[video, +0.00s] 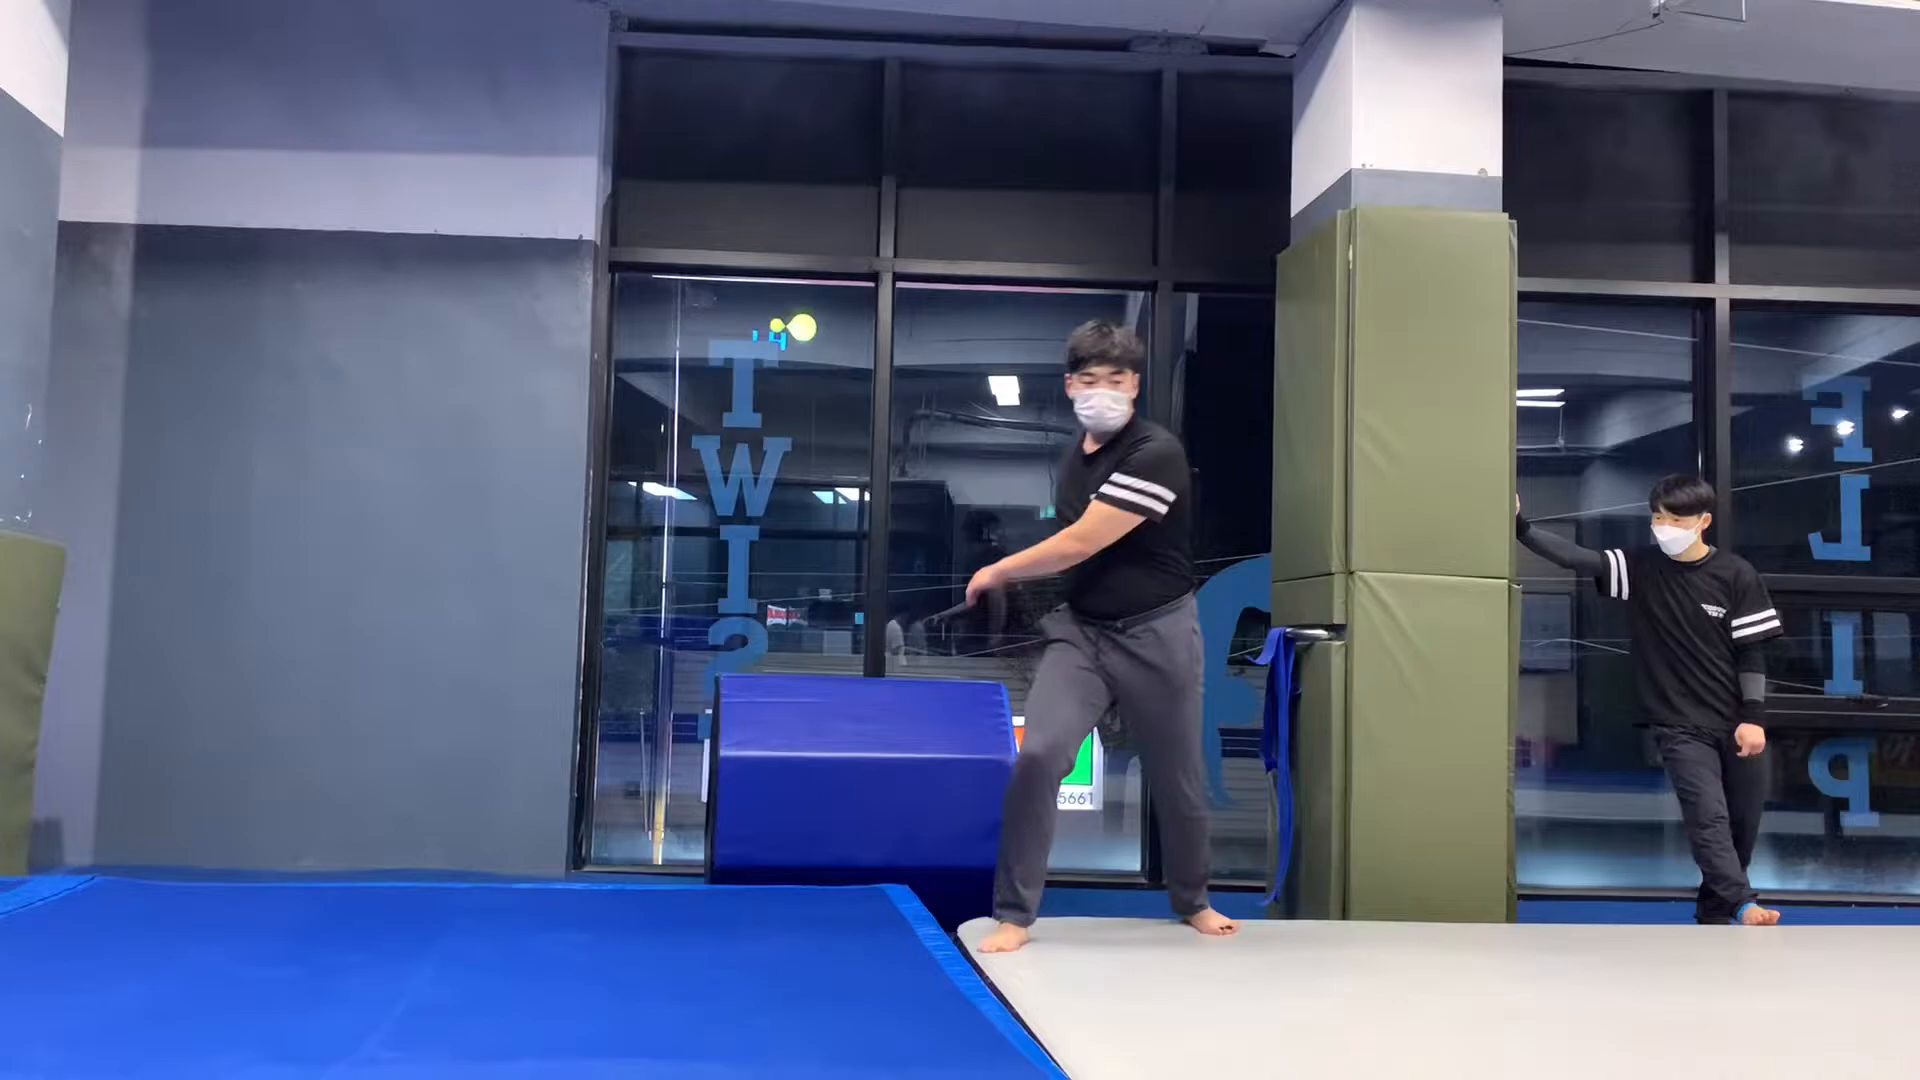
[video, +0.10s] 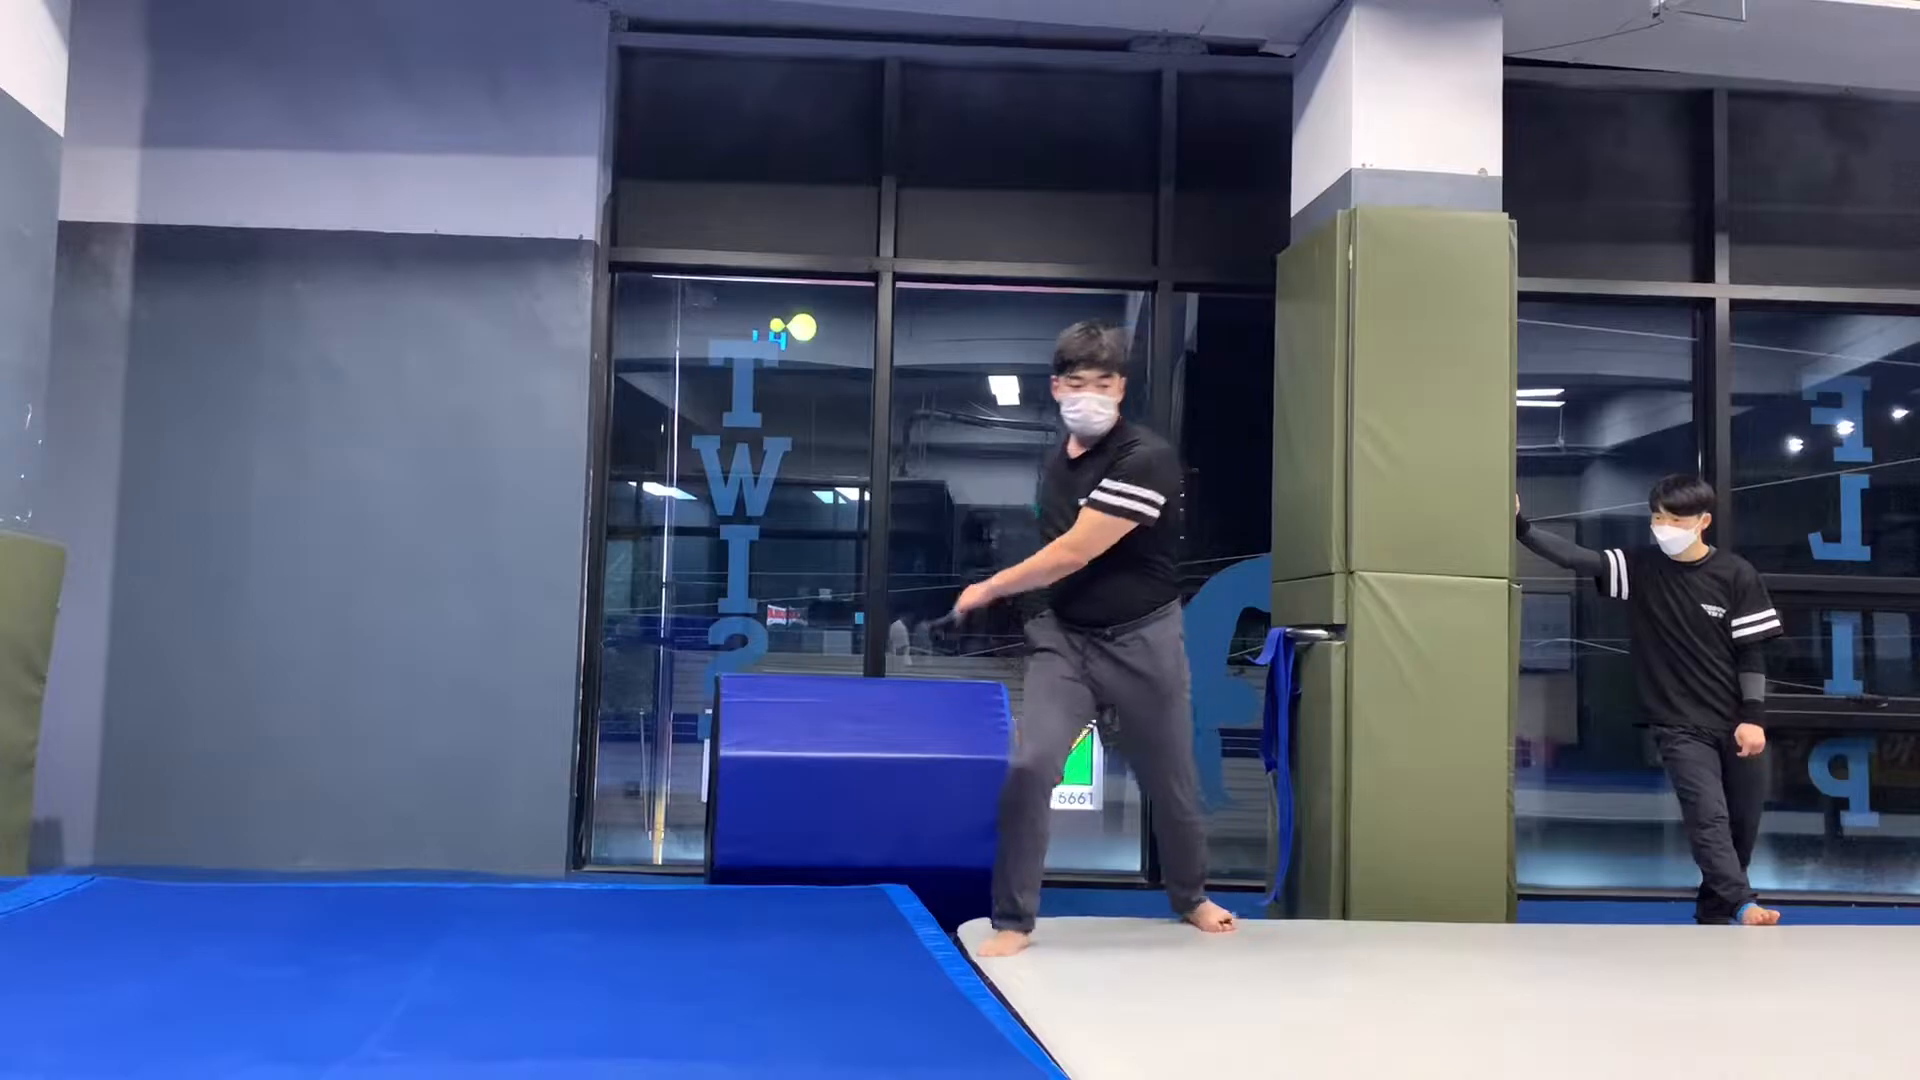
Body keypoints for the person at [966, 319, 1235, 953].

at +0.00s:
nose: (1091, 390)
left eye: (1106, 379)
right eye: (1081, 378)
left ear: (1135, 385)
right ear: (1068, 386)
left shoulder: (1158, 453)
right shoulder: (1074, 458)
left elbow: (1081, 542)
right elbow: (1081, 544)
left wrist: (999, 571)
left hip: (1160, 634)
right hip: (1082, 631)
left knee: (1178, 780)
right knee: (1038, 757)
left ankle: (1193, 903)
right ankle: (1015, 916)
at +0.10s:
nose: (1079, 393)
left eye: (1094, 382)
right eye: (1069, 381)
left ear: (1121, 387)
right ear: (1054, 389)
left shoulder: (1146, 458)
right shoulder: (1058, 457)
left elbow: (1076, 552)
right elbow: (1063, 546)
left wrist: (991, 587)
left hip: (1144, 640)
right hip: (1064, 637)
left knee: (1172, 782)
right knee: (1029, 766)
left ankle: (1192, 899)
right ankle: (1013, 923)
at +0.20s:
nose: (1077, 402)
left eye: (1091, 390)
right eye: (1064, 389)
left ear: (1110, 397)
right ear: (1041, 395)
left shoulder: (1134, 470)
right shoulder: (1025, 471)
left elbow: (1079, 569)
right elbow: (1004, 560)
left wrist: (986, 619)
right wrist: (983, 646)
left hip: (1130, 655)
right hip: (1041, 652)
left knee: (1156, 810)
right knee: (1013, 783)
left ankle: (1176, 879)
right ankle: (1010, 930)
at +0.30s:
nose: (1072, 416)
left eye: (1086, 404)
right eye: (1060, 402)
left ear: (1104, 408)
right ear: (1033, 401)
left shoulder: (1131, 474)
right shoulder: (1003, 480)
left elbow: (1127, 574)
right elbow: (945, 558)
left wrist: (1075, 646)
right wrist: (898, 641)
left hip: (1129, 657)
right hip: (1039, 656)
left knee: (1136, 830)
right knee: (1006, 799)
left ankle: (1137, 869)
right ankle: (1010, 939)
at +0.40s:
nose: (1083, 408)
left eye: (1097, 395)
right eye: (1070, 392)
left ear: (1116, 396)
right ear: (1039, 390)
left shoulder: (1147, 468)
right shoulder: (996, 464)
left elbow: (1215, 555)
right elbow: (904, 500)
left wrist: (1279, 635)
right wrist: (829, 561)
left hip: (1133, 661)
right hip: (1037, 661)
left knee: (1144, 803)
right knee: (1011, 801)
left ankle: (1091, 879)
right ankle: (1013, 945)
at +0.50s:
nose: (1143, 372)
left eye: (1157, 359)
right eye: (1132, 353)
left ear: (1170, 360)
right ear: (1092, 343)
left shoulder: (1178, 426)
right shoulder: (1024, 411)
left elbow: (1253, 493)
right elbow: (909, 431)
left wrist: (1330, 554)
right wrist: (809, 473)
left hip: (1133, 629)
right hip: (1036, 631)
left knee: (1170, 755)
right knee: (999, 782)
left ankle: (1093, 906)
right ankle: (1004, 918)